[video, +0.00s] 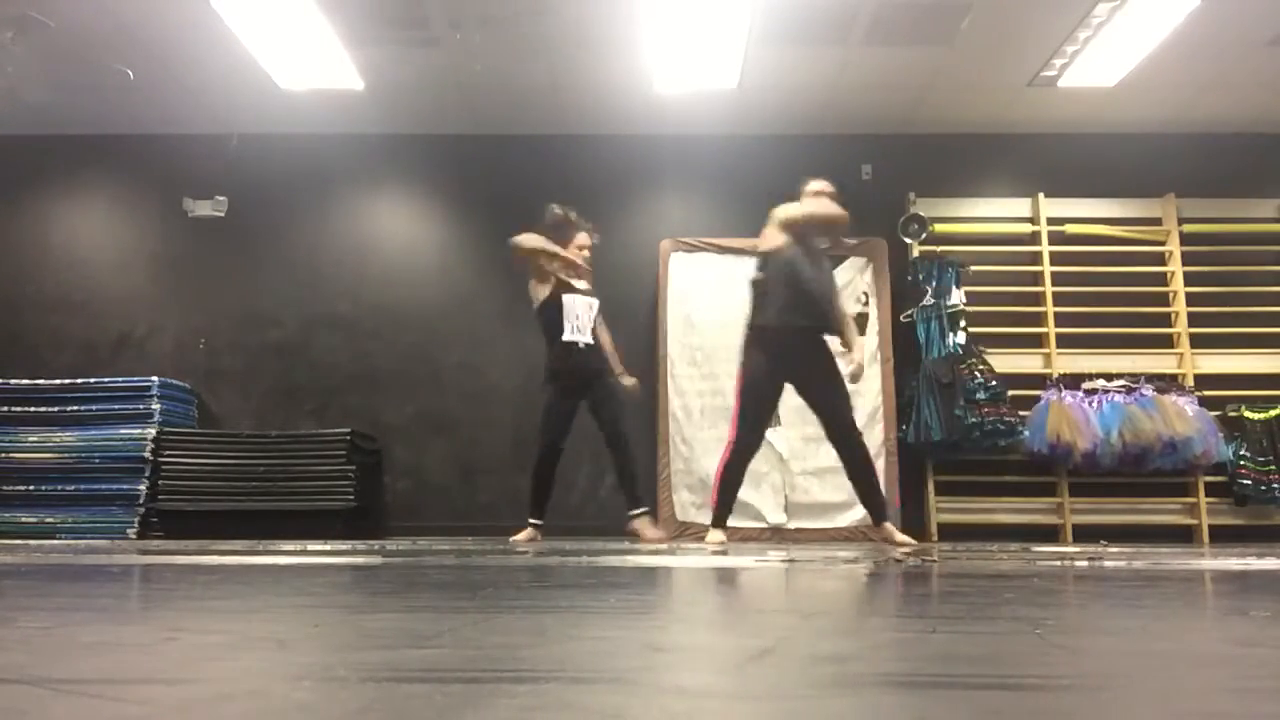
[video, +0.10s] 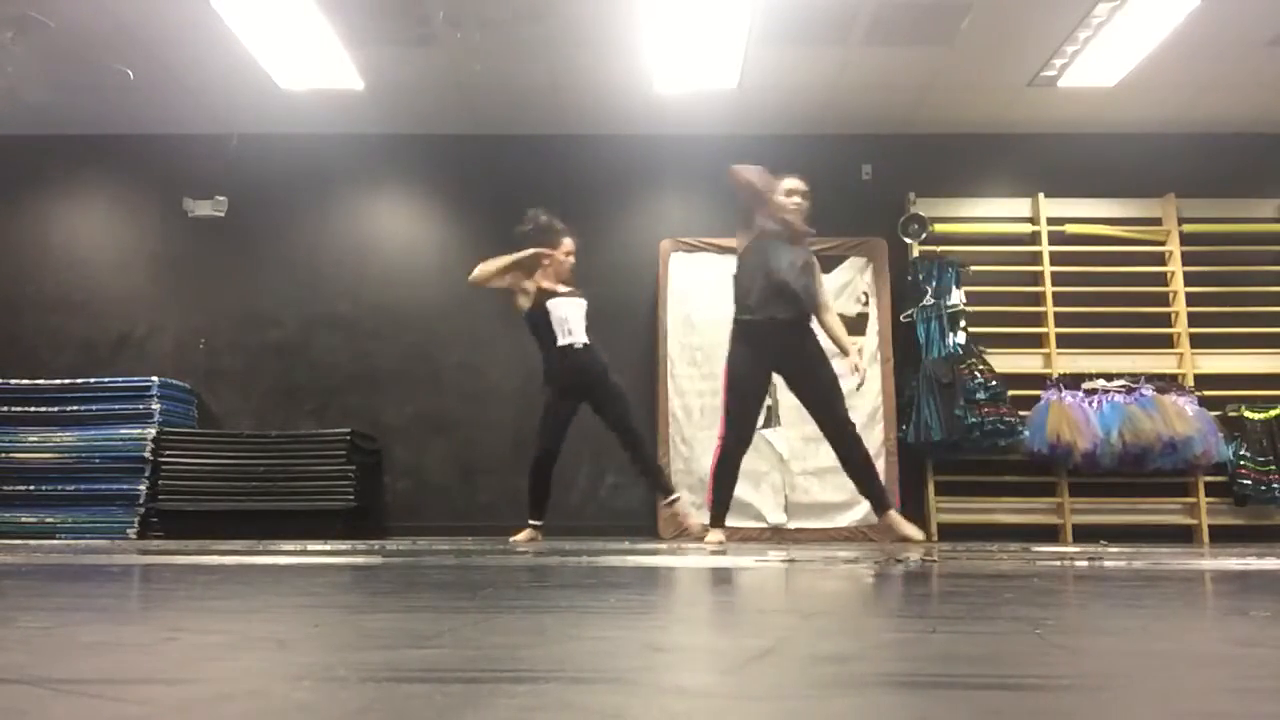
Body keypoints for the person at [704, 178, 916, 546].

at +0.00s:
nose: (826, 201)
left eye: (830, 196)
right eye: (818, 195)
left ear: (835, 206)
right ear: (800, 200)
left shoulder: (820, 259)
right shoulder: (778, 229)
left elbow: (836, 308)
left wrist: (854, 346)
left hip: (809, 347)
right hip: (766, 345)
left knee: (845, 434)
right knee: (746, 438)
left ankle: (881, 523)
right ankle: (717, 526)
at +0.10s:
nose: (797, 200)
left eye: (802, 195)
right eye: (789, 194)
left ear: (809, 204)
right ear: (772, 200)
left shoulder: (807, 256)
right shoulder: (753, 231)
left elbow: (824, 309)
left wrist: (850, 349)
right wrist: (772, 190)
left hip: (797, 341)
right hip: (750, 341)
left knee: (839, 427)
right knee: (736, 436)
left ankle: (886, 512)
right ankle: (716, 526)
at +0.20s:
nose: (774, 201)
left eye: (779, 196)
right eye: (765, 194)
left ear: (786, 205)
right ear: (748, 202)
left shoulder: (793, 248)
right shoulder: (734, 236)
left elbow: (813, 305)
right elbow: (677, 210)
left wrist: (840, 353)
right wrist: (714, 211)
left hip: (791, 341)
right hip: (743, 341)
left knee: (842, 427)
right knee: (731, 437)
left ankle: (902, 503)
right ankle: (717, 527)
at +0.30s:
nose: (751, 213)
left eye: (757, 208)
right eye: (743, 206)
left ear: (762, 216)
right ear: (728, 214)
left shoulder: (778, 250)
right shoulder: (718, 256)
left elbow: (801, 305)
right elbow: (667, 285)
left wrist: (829, 347)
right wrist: (701, 268)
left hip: (788, 351)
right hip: (741, 352)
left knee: (844, 426)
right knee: (730, 439)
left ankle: (917, 497)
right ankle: (720, 527)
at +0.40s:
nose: (739, 237)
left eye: (743, 230)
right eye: (731, 229)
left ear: (748, 237)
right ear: (713, 237)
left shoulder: (770, 275)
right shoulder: (707, 293)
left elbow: (803, 321)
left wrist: (825, 352)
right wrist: (704, 317)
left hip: (787, 375)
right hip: (738, 379)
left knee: (851, 437)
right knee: (718, 449)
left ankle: (932, 498)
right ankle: (719, 526)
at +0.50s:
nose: (742, 257)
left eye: (741, 251)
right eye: (731, 254)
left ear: (745, 258)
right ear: (714, 268)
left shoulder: (774, 295)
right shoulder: (710, 320)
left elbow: (809, 334)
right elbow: (722, 376)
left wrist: (816, 366)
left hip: (793, 391)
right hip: (744, 401)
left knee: (861, 446)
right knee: (719, 455)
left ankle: (937, 501)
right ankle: (721, 529)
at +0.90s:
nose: (864, 194)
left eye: (869, 188)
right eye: (855, 189)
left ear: (879, 195)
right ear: (838, 200)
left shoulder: (893, 240)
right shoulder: (824, 249)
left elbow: (931, 271)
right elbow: (780, 288)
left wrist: (977, 276)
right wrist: (732, 298)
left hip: (899, 347)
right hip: (853, 350)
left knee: (925, 432)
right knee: (822, 428)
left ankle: (927, 527)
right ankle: (800, 495)